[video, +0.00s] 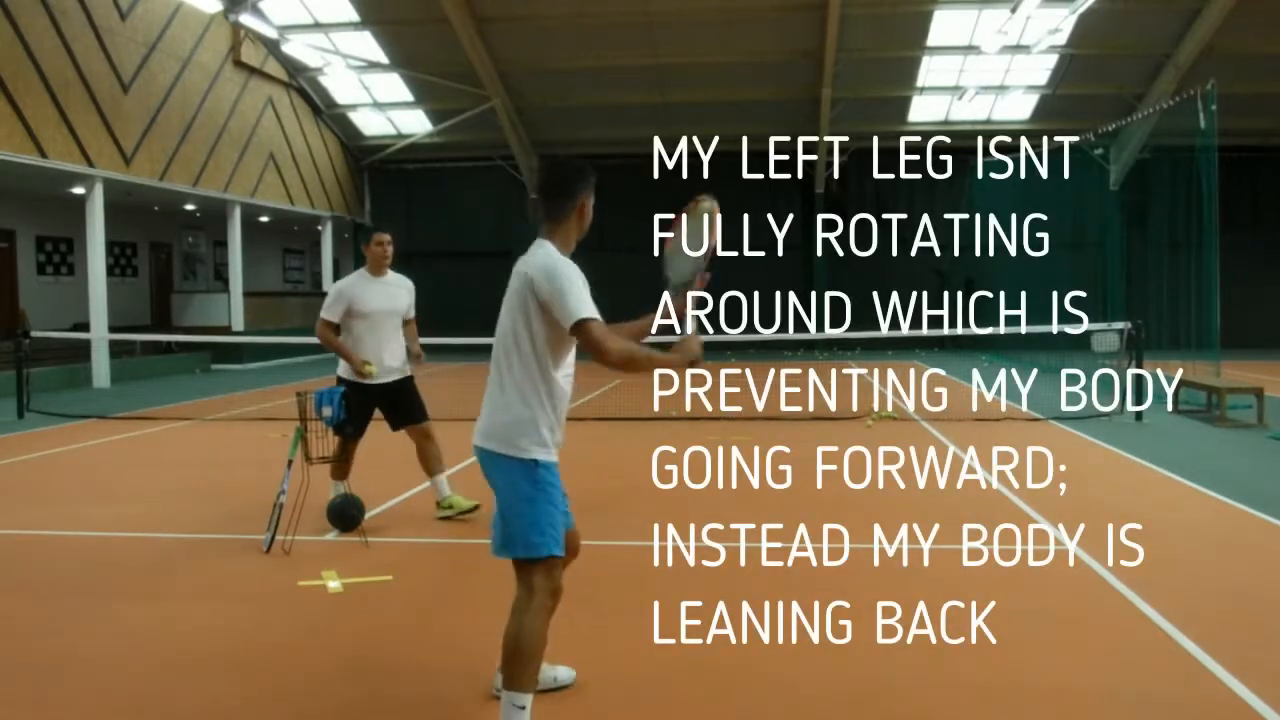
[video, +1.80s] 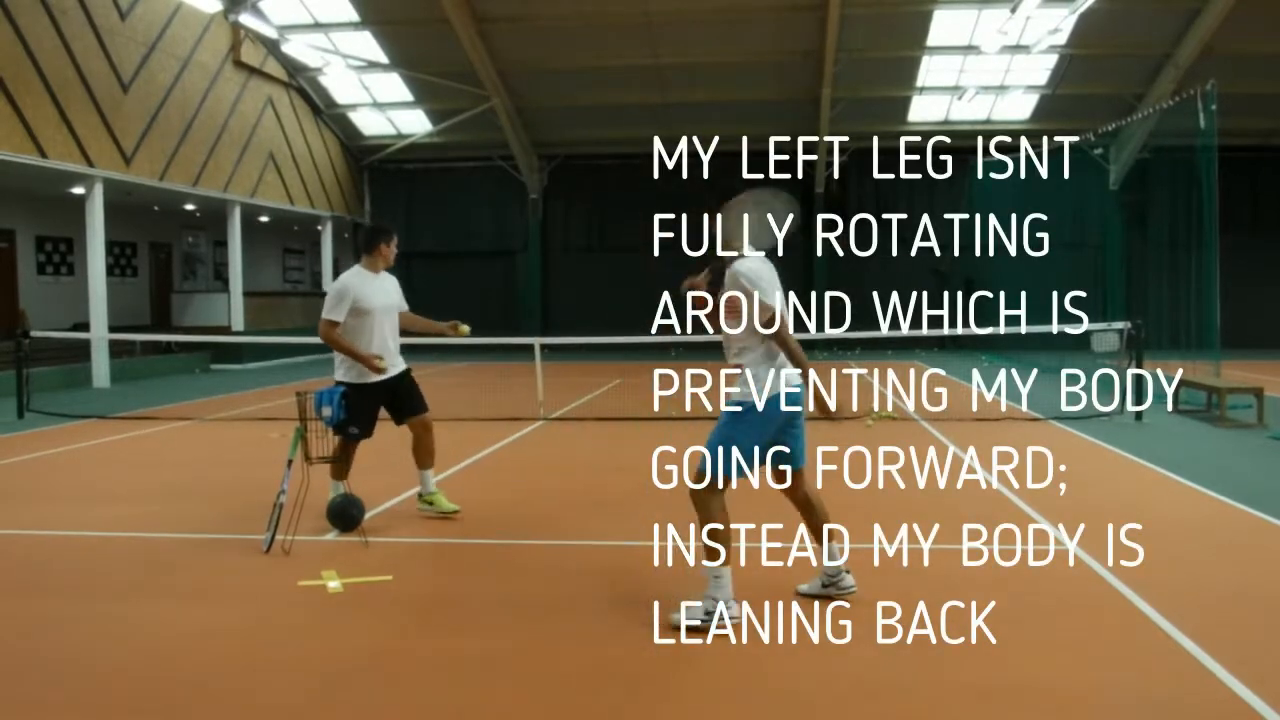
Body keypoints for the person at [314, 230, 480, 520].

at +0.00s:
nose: (386, 250)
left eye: (389, 244)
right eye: (379, 245)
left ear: (393, 249)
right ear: (366, 250)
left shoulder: (405, 286)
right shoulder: (345, 288)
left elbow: (409, 322)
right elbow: (323, 331)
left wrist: (414, 344)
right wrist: (353, 360)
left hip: (398, 379)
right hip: (358, 382)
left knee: (424, 433)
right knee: (347, 442)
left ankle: (445, 497)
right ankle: (338, 498)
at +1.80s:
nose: (396, 252)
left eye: (396, 247)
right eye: (394, 247)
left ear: (381, 248)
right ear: (381, 248)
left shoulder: (390, 281)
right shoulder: (346, 284)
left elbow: (402, 319)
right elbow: (326, 331)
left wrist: (443, 328)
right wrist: (362, 358)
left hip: (395, 374)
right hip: (358, 380)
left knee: (423, 425)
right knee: (349, 440)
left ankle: (428, 492)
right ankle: (337, 496)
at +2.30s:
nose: (465, 264)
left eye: (467, 258)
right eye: (458, 258)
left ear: (470, 263)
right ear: (441, 259)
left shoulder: (471, 305)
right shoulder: (410, 289)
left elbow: (471, 357)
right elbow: (383, 324)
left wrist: (475, 404)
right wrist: (396, 359)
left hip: (440, 377)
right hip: (399, 375)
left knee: (456, 433)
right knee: (374, 434)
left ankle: (455, 503)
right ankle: (349, 492)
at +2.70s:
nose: (455, 253)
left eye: (458, 248)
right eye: (449, 247)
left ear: (461, 255)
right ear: (433, 253)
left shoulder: (468, 288)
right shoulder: (408, 286)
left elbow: (505, 295)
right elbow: (386, 324)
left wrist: (533, 278)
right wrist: (389, 361)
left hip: (444, 375)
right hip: (403, 372)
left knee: (457, 434)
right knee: (379, 433)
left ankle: (455, 502)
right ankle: (357, 490)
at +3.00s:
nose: (409, 251)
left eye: (411, 247)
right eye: (402, 246)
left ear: (415, 254)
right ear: (387, 253)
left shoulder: (429, 290)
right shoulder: (367, 293)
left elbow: (445, 331)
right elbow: (349, 338)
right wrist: (360, 370)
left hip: (421, 380)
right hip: (381, 382)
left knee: (442, 433)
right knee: (364, 443)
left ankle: (454, 502)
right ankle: (338, 487)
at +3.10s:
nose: (391, 248)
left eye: (394, 243)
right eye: (385, 243)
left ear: (397, 249)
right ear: (370, 249)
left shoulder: (409, 287)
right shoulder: (349, 287)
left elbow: (414, 325)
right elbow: (330, 331)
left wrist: (419, 352)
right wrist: (345, 367)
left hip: (404, 377)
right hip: (365, 379)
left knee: (425, 434)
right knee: (348, 441)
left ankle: (451, 498)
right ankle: (335, 496)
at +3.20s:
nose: (378, 245)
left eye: (380, 240)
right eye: (371, 240)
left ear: (383, 246)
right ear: (356, 247)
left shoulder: (392, 283)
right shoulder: (338, 284)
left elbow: (396, 321)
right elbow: (313, 326)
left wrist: (404, 350)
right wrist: (332, 367)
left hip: (391, 375)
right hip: (353, 378)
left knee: (412, 431)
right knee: (341, 439)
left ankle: (432, 493)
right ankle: (334, 495)